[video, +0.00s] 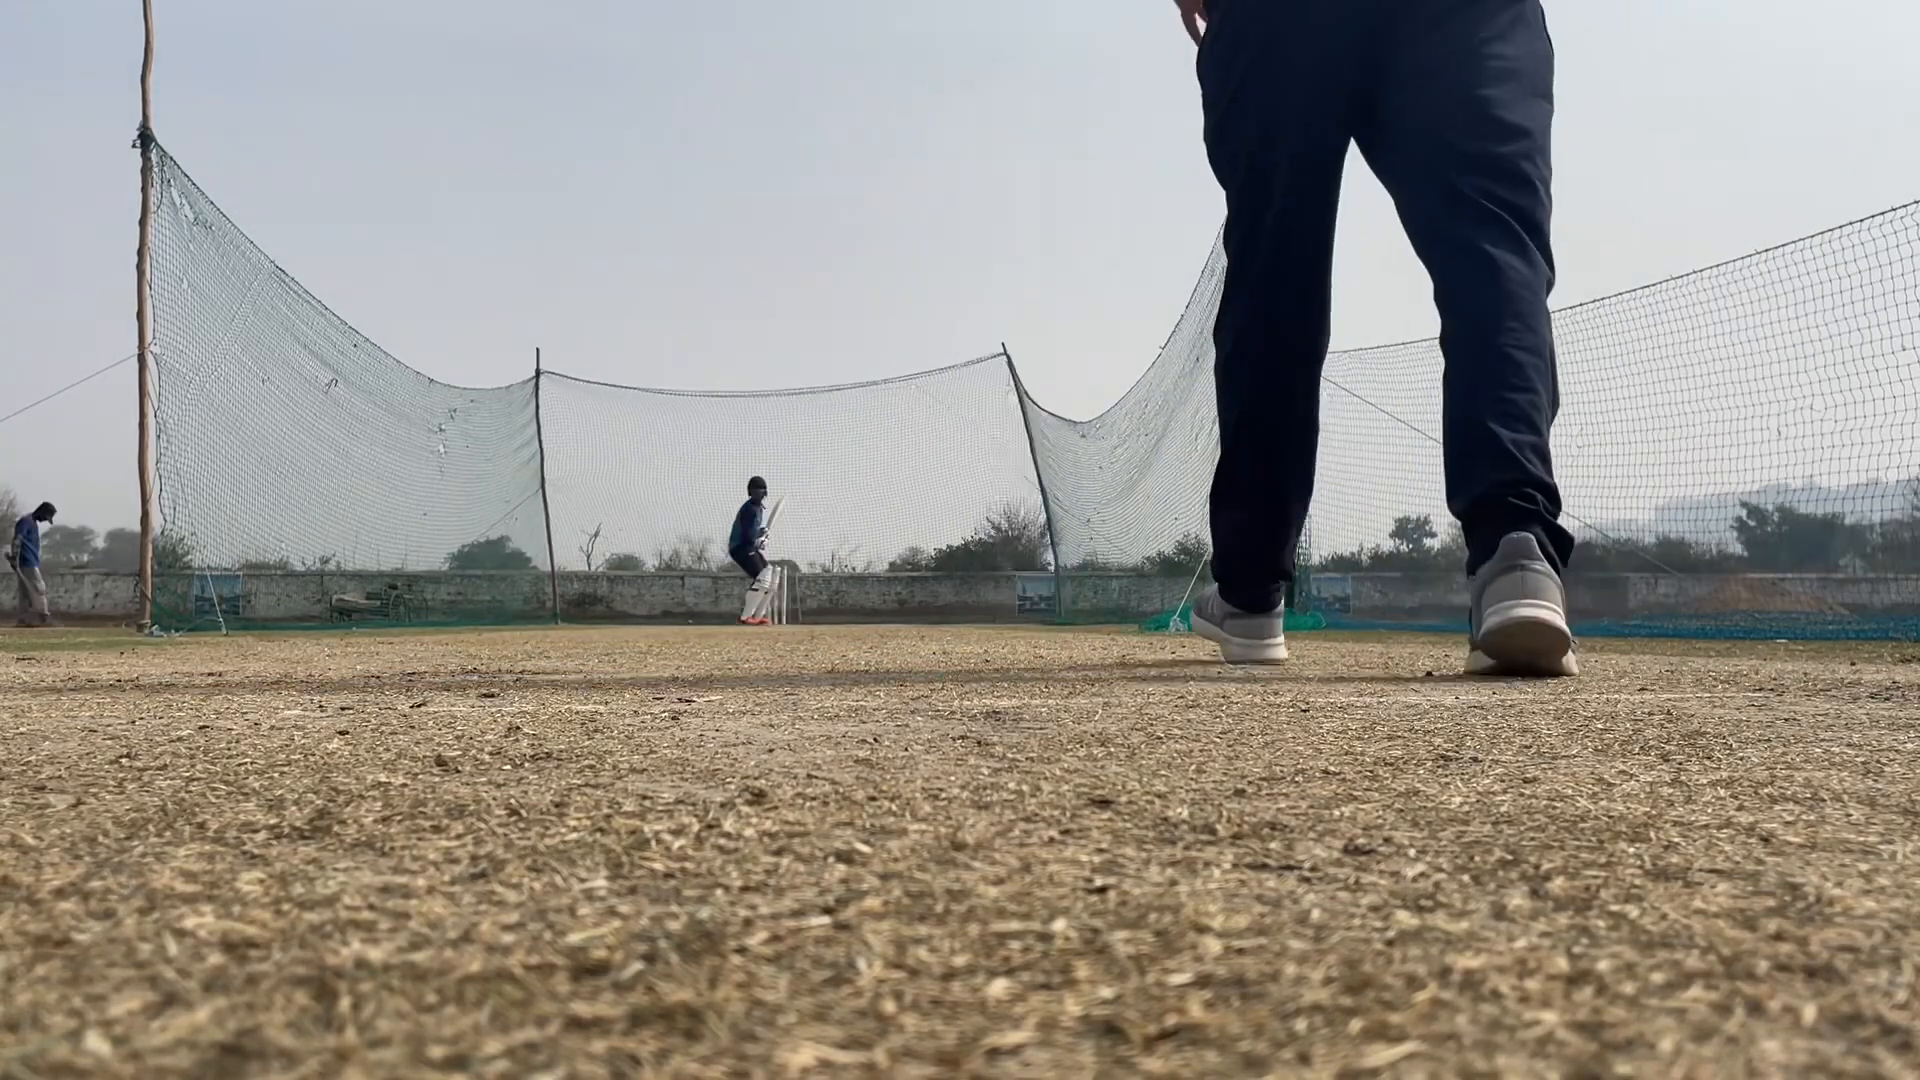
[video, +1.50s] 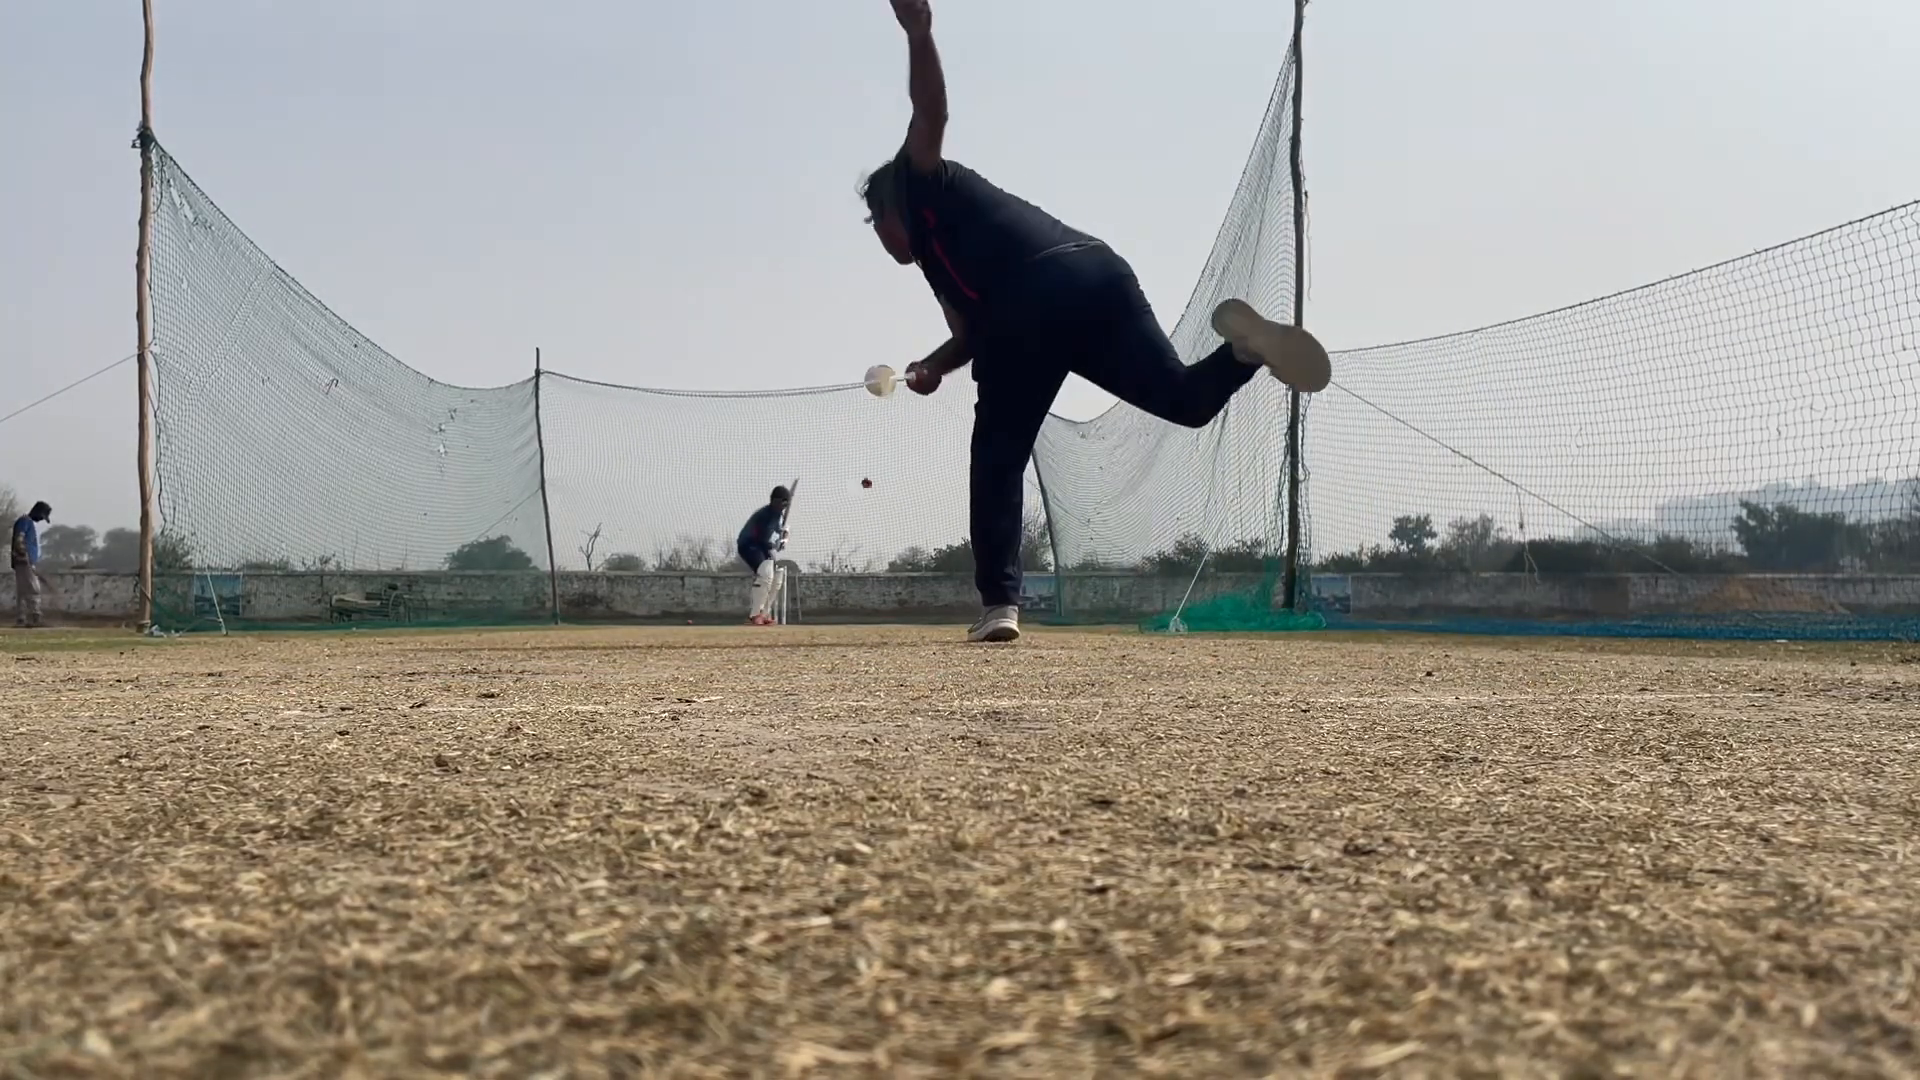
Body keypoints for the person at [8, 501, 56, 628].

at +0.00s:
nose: (46, 520)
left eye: (48, 518)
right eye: (47, 517)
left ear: (41, 513)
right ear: (42, 513)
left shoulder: (31, 523)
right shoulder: (26, 522)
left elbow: (21, 542)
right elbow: (17, 541)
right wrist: (15, 559)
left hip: (28, 561)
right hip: (27, 562)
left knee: (25, 591)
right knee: (39, 588)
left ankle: (23, 617)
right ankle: (43, 615)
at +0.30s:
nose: (45, 519)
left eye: (47, 517)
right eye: (46, 516)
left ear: (40, 512)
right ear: (41, 512)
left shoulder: (31, 523)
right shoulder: (25, 522)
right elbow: (16, 542)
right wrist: (16, 561)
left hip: (29, 561)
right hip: (26, 561)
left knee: (24, 591)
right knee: (34, 589)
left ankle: (21, 617)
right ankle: (36, 616)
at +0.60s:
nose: (41, 519)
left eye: (43, 516)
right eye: (42, 516)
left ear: (37, 512)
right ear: (38, 512)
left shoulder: (29, 523)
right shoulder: (24, 522)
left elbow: (28, 544)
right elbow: (20, 544)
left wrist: (35, 562)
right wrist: (26, 561)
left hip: (31, 563)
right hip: (27, 564)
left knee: (25, 591)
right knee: (33, 590)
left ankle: (22, 617)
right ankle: (35, 617)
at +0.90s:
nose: (40, 519)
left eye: (42, 517)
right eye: (41, 516)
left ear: (36, 512)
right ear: (37, 512)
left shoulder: (27, 523)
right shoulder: (23, 522)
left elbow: (28, 545)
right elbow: (20, 543)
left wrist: (35, 564)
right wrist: (27, 561)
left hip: (28, 564)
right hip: (28, 564)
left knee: (24, 593)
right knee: (41, 590)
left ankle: (22, 618)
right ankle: (47, 616)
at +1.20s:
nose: (40, 519)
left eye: (42, 517)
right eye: (41, 516)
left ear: (35, 511)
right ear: (36, 512)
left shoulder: (24, 522)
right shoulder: (24, 522)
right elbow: (19, 542)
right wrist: (21, 561)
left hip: (23, 563)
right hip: (29, 563)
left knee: (23, 593)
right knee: (39, 590)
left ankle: (22, 618)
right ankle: (45, 617)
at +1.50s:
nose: (41, 520)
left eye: (42, 518)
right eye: (42, 517)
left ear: (36, 512)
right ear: (38, 512)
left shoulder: (28, 523)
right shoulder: (25, 522)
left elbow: (26, 543)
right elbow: (19, 541)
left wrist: (31, 563)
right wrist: (25, 560)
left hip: (24, 563)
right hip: (24, 563)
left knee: (22, 592)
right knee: (34, 589)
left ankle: (21, 618)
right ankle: (36, 617)